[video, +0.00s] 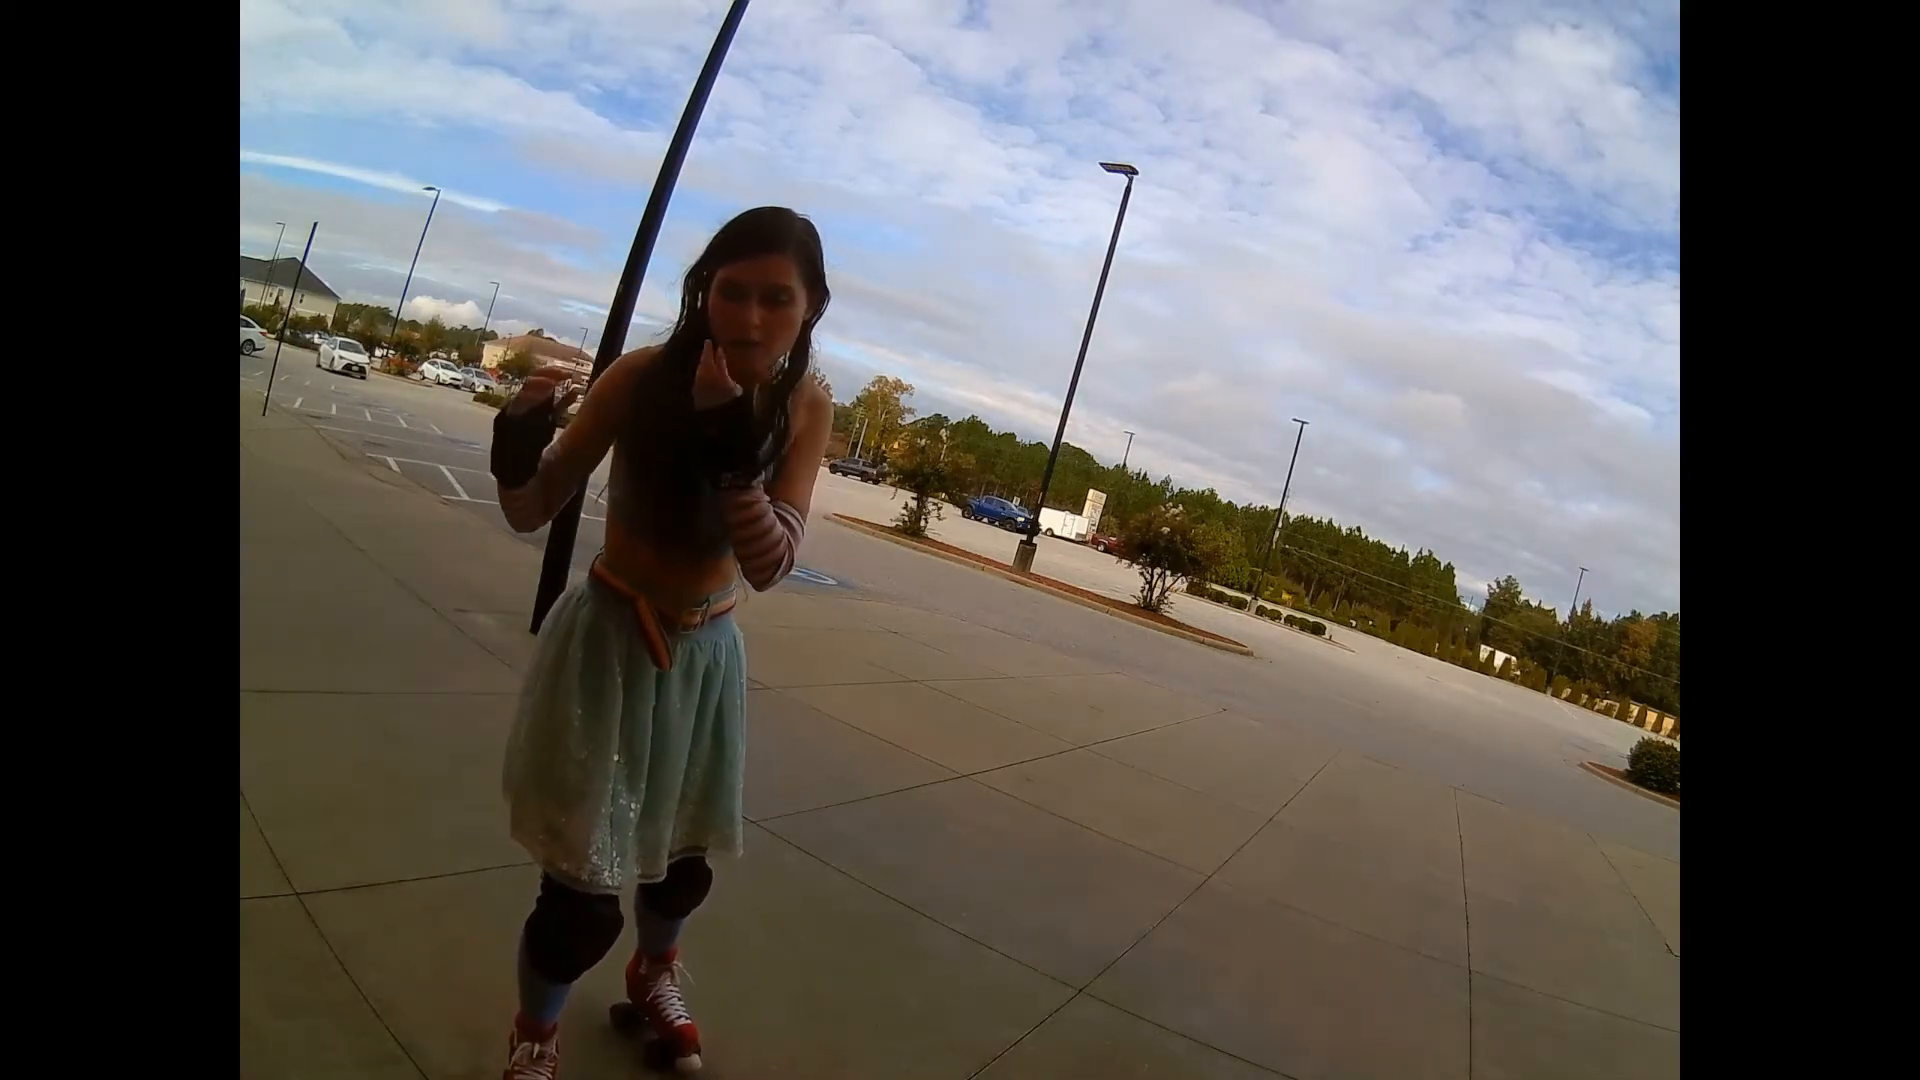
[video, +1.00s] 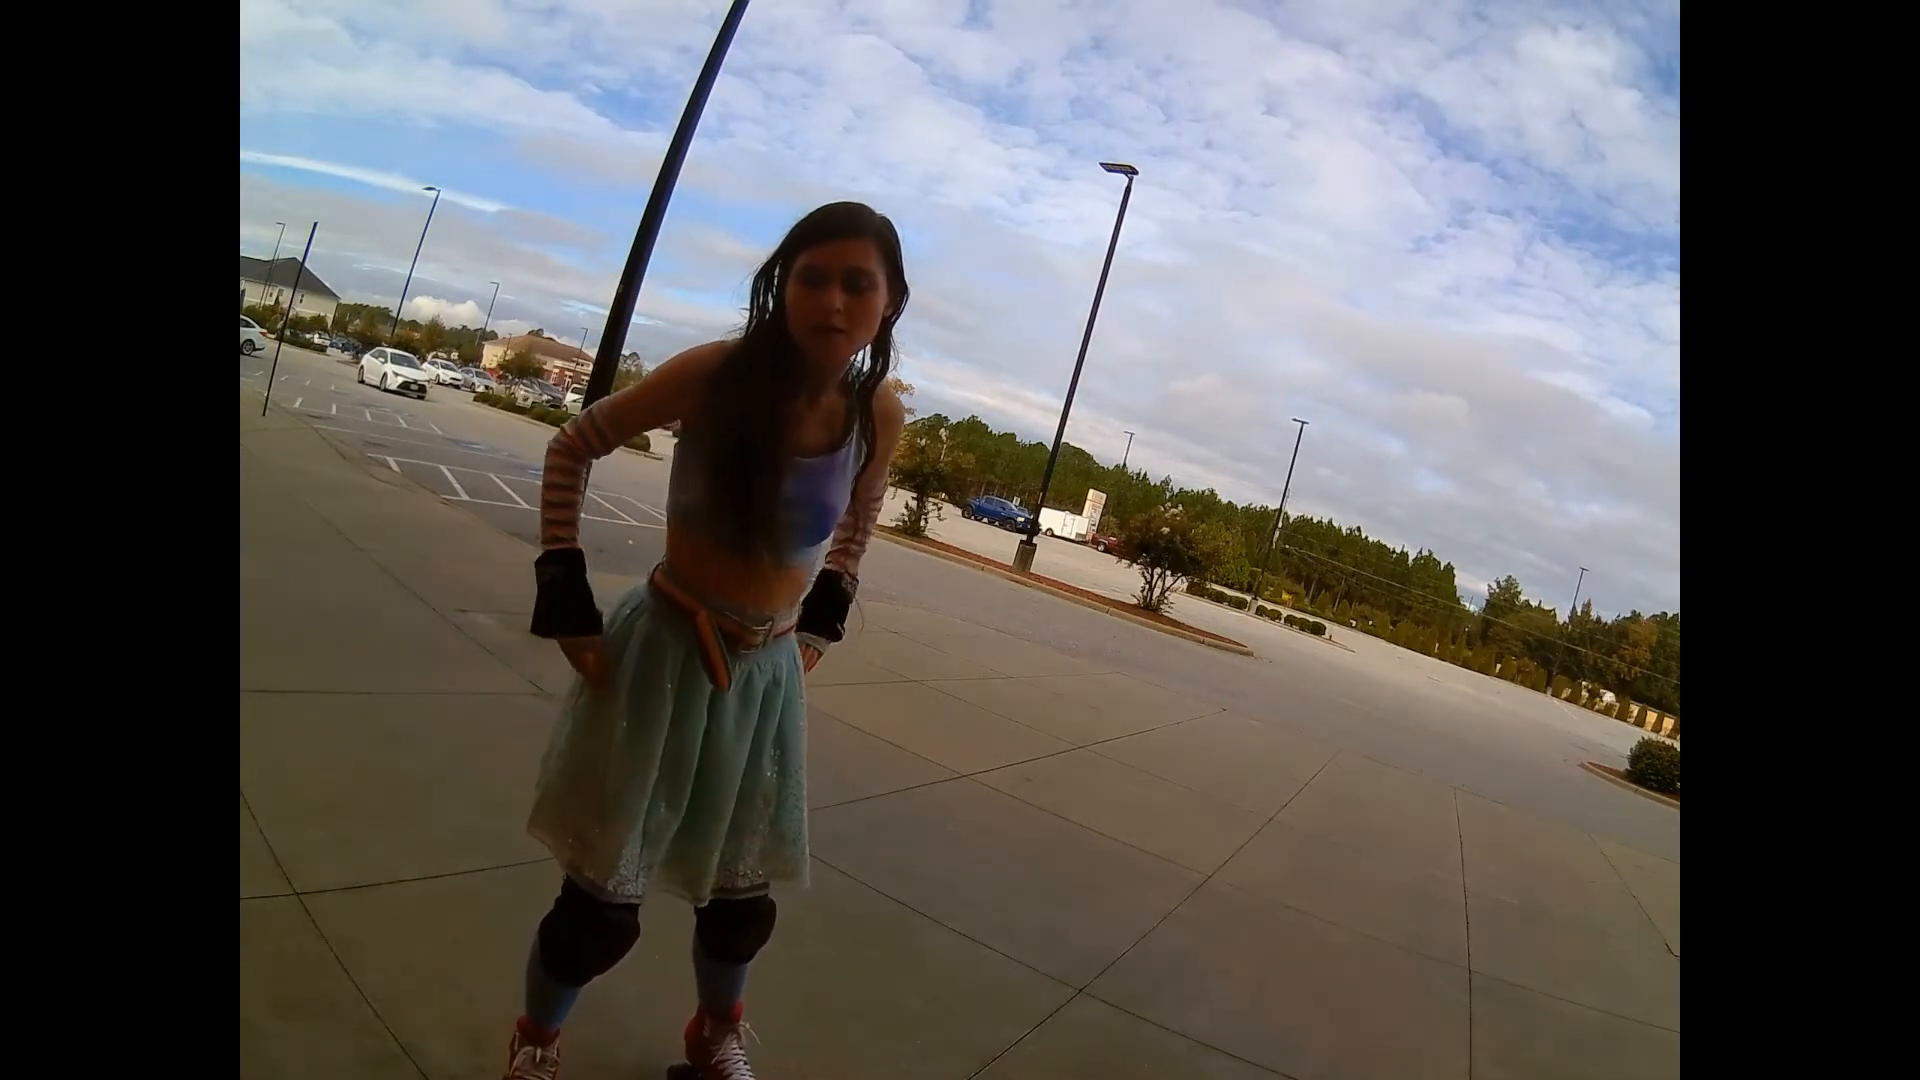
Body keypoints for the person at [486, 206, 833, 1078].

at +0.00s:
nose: (748, 320)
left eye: (775, 299)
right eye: (730, 293)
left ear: (809, 312)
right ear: (702, 293)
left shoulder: (803, 408)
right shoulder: (638, 382)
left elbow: (769, 566)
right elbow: (530, 510)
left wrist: (731, 450)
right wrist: (518, 441)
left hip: (707, 649)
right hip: (607, 638)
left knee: (683, 867)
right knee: (585, 897)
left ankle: (654, 973)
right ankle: (536, 1041)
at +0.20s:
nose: (774, 327)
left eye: (799, 304)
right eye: (755, 300)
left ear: (832, 317)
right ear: (723, 300)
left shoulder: (818, 414)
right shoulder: (658, 384)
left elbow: (784, 568)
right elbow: (533, 516)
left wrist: (771, 514)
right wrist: (537, 479)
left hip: (713, 647)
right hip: (616, 637)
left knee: (694, 868)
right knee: (590, 895)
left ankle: (663, 990)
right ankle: (536, 1041)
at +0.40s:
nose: (797, 325)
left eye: (821, 305)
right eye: (778, 299)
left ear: (850, 319)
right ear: (743, 299)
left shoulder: (829, 417)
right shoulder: (675, 381)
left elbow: (801, 578)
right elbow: (566, 498)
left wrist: (775, 492)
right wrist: (570, 564)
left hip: (721, 651)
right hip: (623, 640)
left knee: (700, 877)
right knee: (591, 904)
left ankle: (674, 998)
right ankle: (535, 1043)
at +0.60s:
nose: (809, 318)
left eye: (833, 299)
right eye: (789, 293)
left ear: (863, 317)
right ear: (756, 295)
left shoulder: (841, 418)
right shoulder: (689, 383)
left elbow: (828, 552)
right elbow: (577, 522)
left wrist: (807, 566)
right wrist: (579, 670)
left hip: (734, 657)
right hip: (638, 646)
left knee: (711, 882)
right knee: (598, 907)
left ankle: (691, 1017)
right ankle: (537, 1044)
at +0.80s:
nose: (818, 312)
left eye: (844, 293)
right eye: (799, 287)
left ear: (876, 313)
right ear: (767, 293)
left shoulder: (855, 417)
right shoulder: (699, 385)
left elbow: (838, 525)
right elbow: (579, 508)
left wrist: (831, 613)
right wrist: (560, 646)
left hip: (754, 670)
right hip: (654, 651)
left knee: (733, 889)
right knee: (600, 906)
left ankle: (711, 1027)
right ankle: (537, 1043)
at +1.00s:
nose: (834, 301)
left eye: (859, 283)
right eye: (814, 279)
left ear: (888, 307)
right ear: (780, 289)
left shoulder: (878, 411)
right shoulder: (715, 374)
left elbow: (864, 500)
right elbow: (575, 445)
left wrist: (833, 593)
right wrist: (560, 588)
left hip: (768, 673)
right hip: (665, 651)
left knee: (741, 902)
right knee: (603, 907)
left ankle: (717, 1038)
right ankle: (535, 1044)